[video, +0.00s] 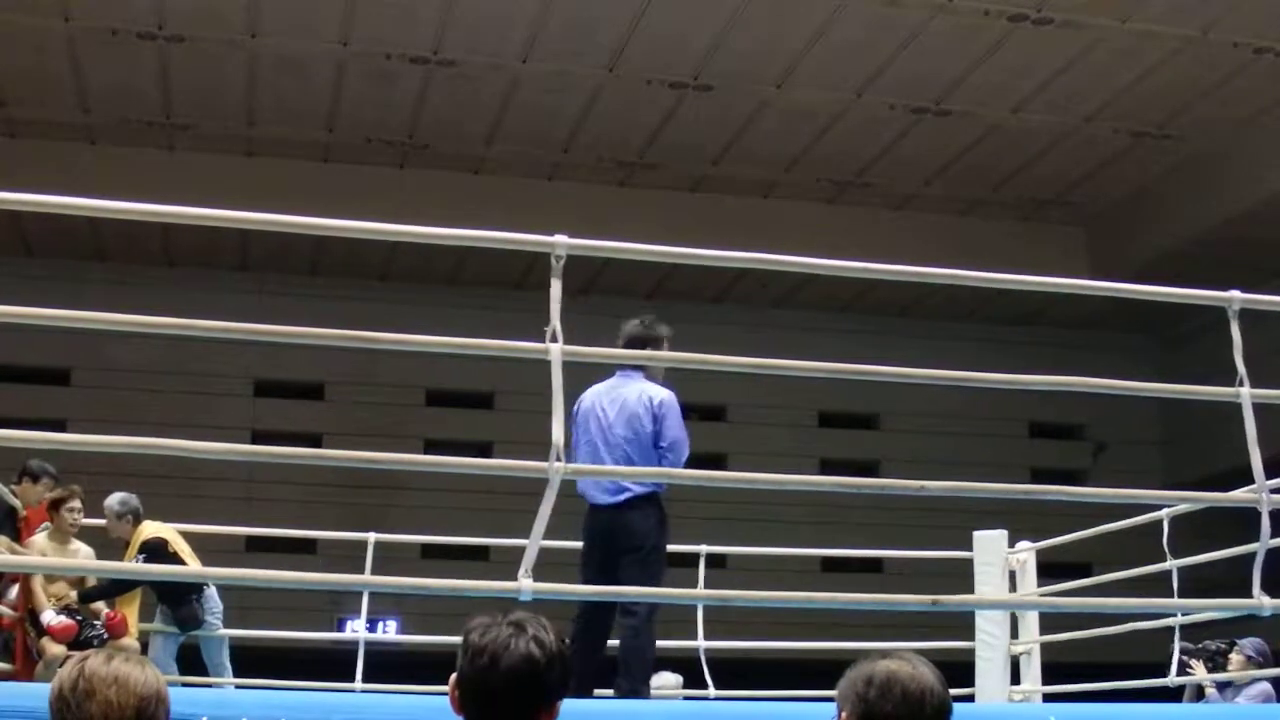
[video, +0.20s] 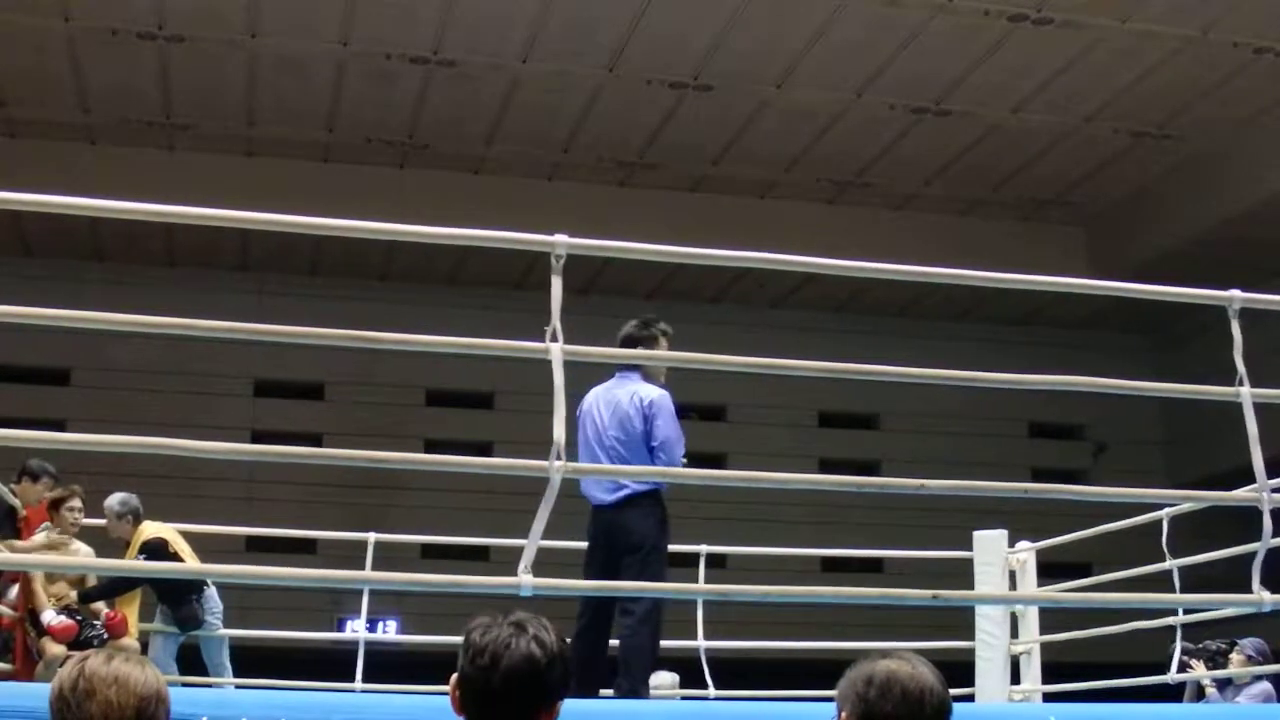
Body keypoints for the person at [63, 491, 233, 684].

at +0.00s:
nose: (106, 524)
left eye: (109, 518)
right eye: (106, 518)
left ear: (127, 520)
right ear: (126, 520)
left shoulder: (154, 541)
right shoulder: (137, 539)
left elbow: (125, 583)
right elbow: (121, 580)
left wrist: (80, 596)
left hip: (201, 600)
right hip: (171, 603)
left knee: (218, 666)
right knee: (160, 660)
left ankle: (229, 711)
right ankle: (176, 709)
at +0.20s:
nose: (105, 524)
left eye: (109, 518)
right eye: (106, 518)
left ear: (127, 521)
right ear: (128, 520)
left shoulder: (155, 542)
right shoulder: (139, 539)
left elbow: (126, 583)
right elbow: (126, 584)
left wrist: (79, 597)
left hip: (201, 600)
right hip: (171, 603)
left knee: (217, 664)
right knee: (159, 660)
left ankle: (230, 712)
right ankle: (175, 709)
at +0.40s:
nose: (105, 525)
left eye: (109, 519)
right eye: (106, 519)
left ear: (128, 520)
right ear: (128, 520)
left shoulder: (154, 543)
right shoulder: (139, 539)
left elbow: (124, 584)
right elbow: (125, 583)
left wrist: (79, 597)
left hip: (202, 600)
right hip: (171, 603)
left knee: (217, 664)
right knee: (159, 660)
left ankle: (230, 712)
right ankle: (175, 708)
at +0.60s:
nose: (106, 525)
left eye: (109, 520)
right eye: (106, 520)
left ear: (128, 520)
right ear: (129, 519)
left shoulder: (154, 543)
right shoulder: (140, 538)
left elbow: (124, 583)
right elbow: (127, 584)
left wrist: (79, 597)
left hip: (202, 600)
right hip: (171, 603)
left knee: (217, 664)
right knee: (160, 660)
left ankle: (230, 712)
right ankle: (173, 709)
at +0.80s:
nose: (109, 524)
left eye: (112, 518)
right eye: (109, 519)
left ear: (132, 519)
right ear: (131, 518)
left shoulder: (156, 541)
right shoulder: (139, 538)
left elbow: (125, 583)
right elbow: (125, 581)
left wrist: (78, 597)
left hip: (201, 601)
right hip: (170, 604)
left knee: (218, 666)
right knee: (159, 661)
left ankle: (231, 714)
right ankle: (174, 709)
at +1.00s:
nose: (116, 522)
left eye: (119, 516)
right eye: (115, 517)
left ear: (138, 514)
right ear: (134, 515)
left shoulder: (162, 537)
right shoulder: (137, 539)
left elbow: (132, 581)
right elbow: (130, 583)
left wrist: (85, 597)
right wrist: (127, 628)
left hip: (201, 600)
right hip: (170, 604)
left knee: (218, 666)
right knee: (158, 660)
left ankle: (230, 711)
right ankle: (176, 709)